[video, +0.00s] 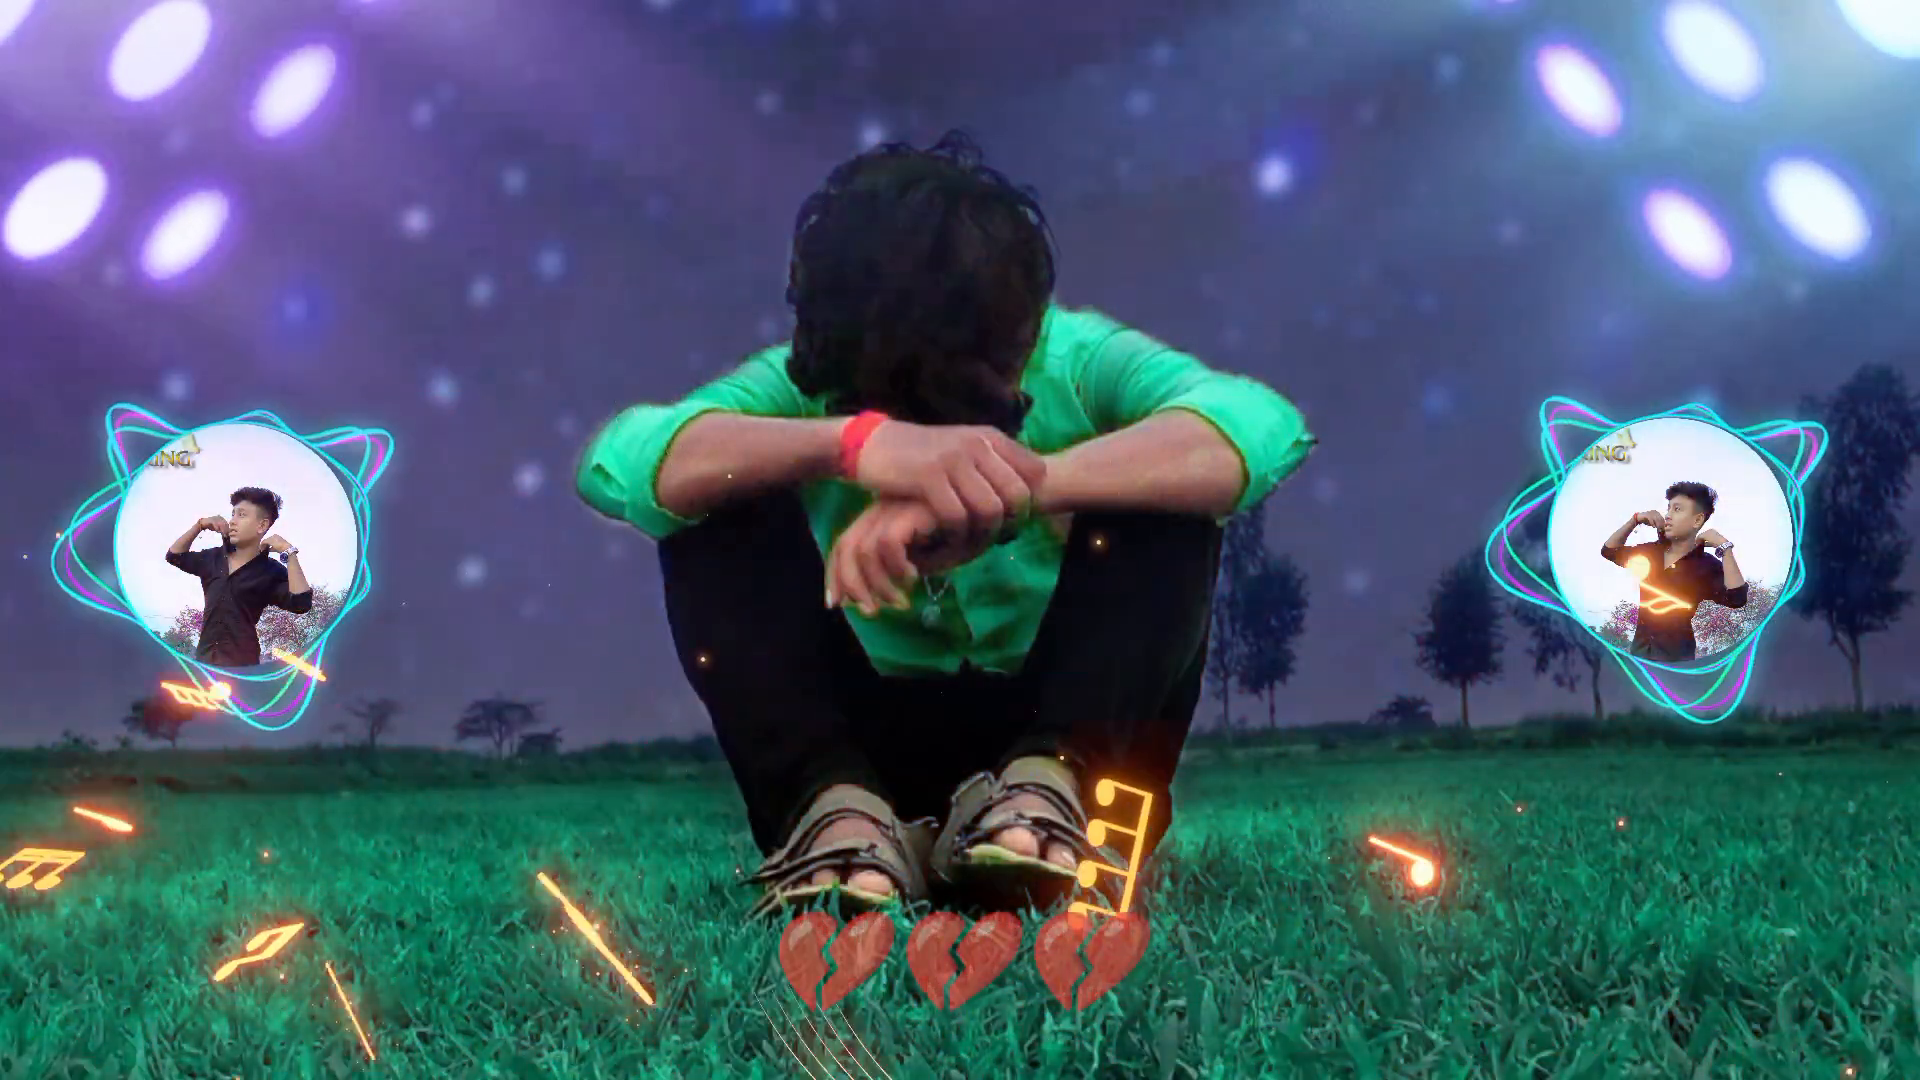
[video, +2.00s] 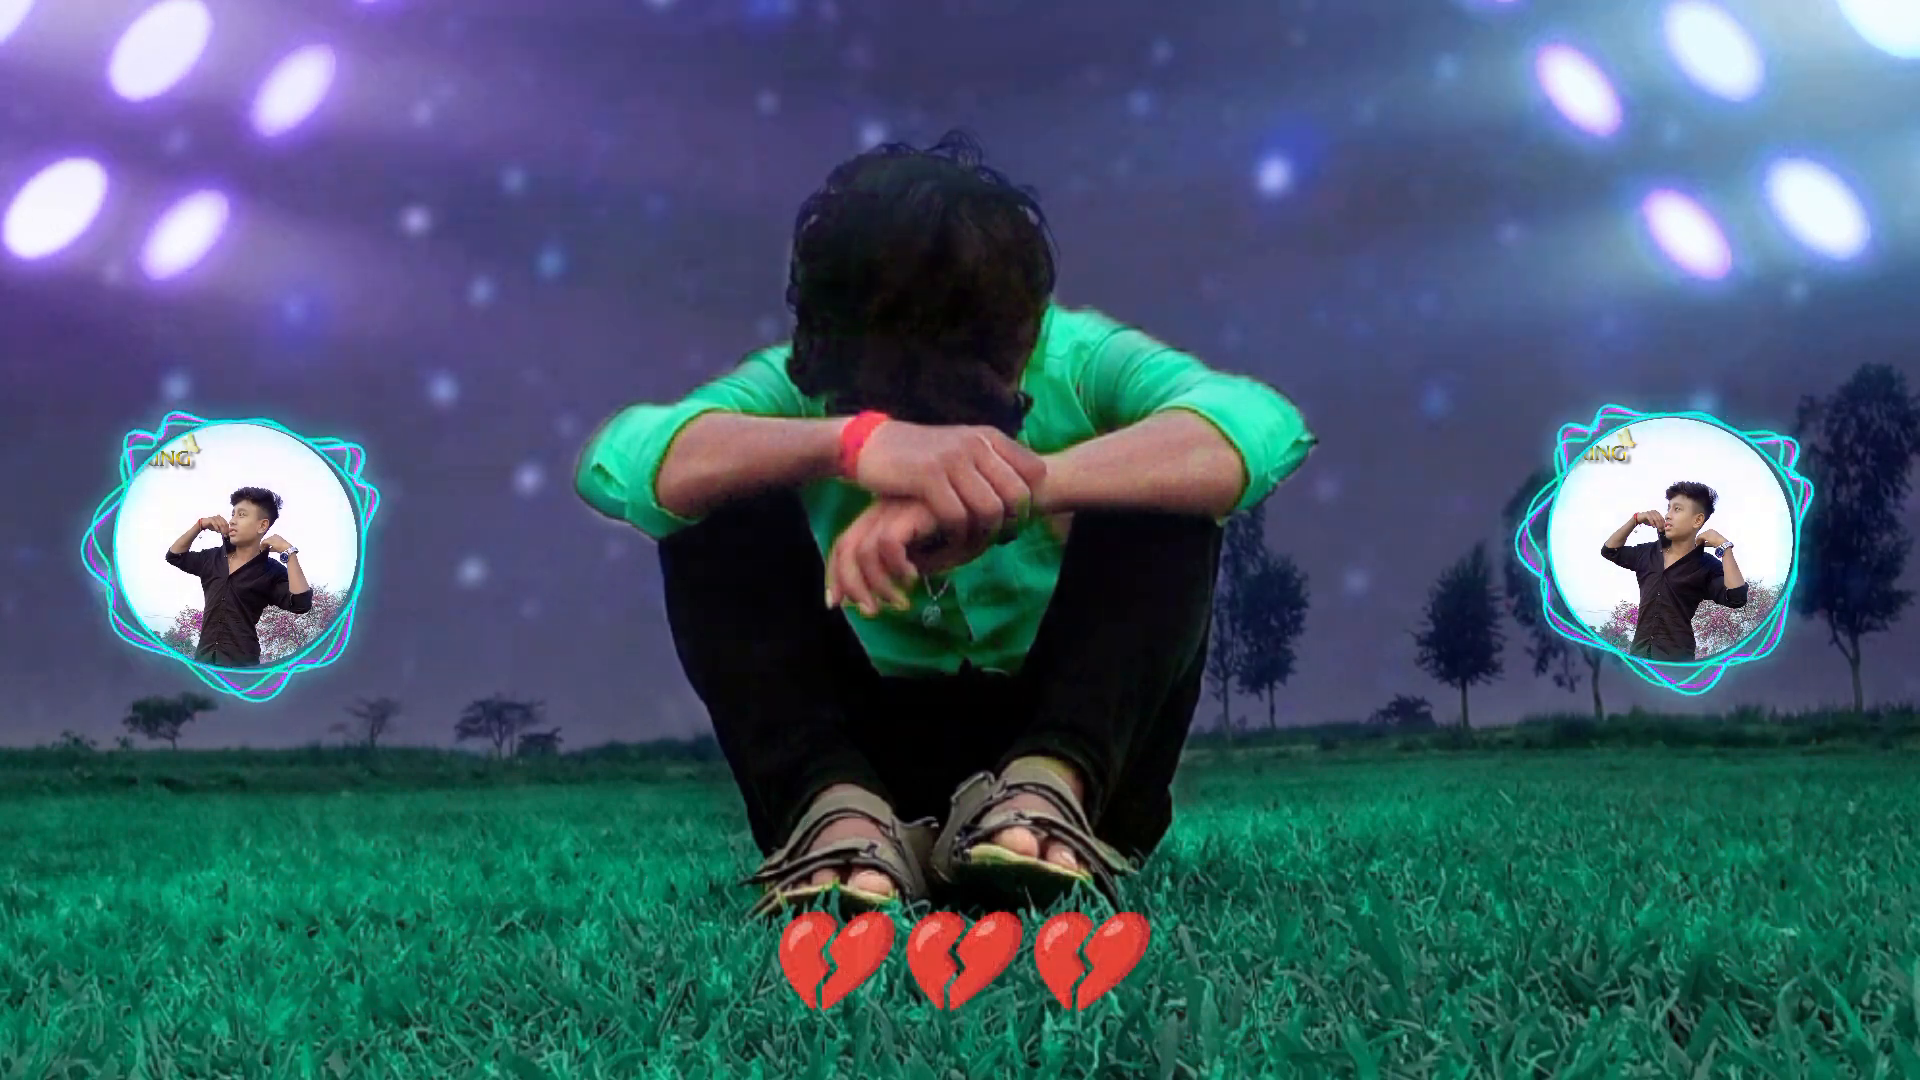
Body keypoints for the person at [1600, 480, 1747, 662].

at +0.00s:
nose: (1667, 515)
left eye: (1677, 509)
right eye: (1669, 509)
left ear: (1698, 520)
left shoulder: (1706, 565)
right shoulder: (1651, 552)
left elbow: (1737, 600)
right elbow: (1609, 551)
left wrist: (1725, 547)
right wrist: (1634, 521)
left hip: (1677, 655)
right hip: (1640, 650)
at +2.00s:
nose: (1667, 515)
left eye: (1677, 509)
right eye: (1668, 509)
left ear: (1698, 520)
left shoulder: (1705, 564)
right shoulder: (1647, 553)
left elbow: (1737, 599)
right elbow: (1609, 551)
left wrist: (1725, 547)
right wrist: (1634, 520)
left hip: (1677, 658)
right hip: (1639, 653)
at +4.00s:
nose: (1667, 515)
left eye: (1677, 509)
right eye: (1668, 508)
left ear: (1698, 520)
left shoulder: (1705, 564)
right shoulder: (1647, 553)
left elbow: (1737, 599)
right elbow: (1609, 551)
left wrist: (1725, 547)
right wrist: (1634, 520)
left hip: (1677, 658)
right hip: (1639, 654)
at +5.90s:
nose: (1667, 515)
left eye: (1677, 509)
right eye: (1668, 509)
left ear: (1698, 520)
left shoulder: (1705, 565)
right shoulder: (1647, 553)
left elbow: (1737, 599)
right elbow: (1609, 551)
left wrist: (1724, 547)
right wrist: (1634, 520)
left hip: (1677, 661)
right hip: (1638, 656)